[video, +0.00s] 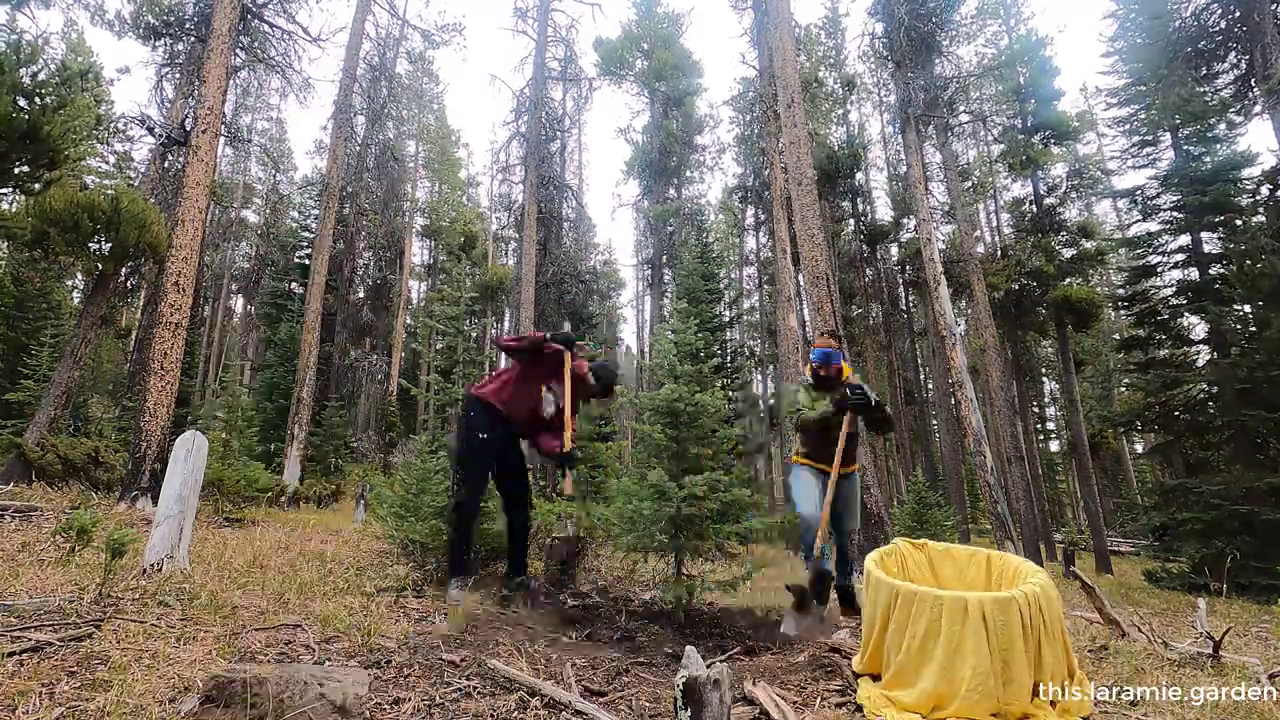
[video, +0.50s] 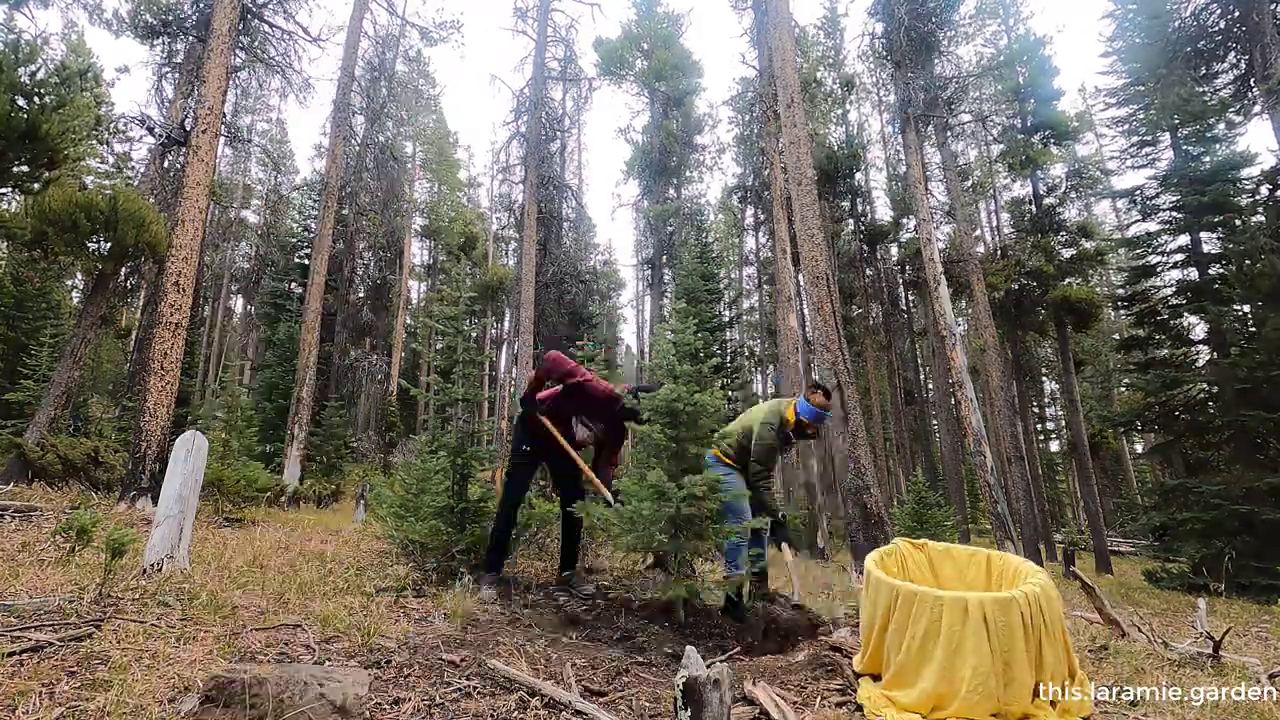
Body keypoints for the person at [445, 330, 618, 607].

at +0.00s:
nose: (588, 396)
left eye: (594, 395)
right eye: (593, 390)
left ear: (593, 393)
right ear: (589, 373)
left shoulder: (569, 406)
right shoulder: (557, 358)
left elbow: (543, 436)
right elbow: (505, 344)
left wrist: (560, 452)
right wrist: (548, 340)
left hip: (508, 431)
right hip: (482, 410)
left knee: (519, 503)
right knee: (468, 498)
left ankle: (516, 577)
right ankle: (458, 577)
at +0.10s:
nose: (554, 392)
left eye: (558, 387)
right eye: (552, 384)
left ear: (563, 380)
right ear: (541, 366)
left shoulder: (553, 391)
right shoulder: (513, 365)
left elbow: (550, 439)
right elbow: (475, 398)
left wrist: (551, 486)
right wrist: (500, 393)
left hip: (515, 434)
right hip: (480, 428)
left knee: (522, 506)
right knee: (469, 503)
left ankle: (522, 577)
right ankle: (452, 576)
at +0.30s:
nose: (566, 336)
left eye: (570, 332)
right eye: (563, 330)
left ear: (573, 328)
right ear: (549, 321)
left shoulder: (566, 348)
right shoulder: (517, 337)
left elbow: (569, 390)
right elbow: (491, 375)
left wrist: (558, 423)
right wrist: (524, 365)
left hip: (538, 427)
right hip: (504, 424)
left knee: (547, 495)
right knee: (496, 494)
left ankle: (554, 563)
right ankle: (488, 568)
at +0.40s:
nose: (613, 408)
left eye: (618, 403)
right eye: (613, 400)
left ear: (615, 401)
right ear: (601, 387)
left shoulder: (593, 414)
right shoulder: (572, 374)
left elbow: (569, 448)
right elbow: (529, 342)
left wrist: (567, 482)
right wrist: (501, 370)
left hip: (541, 440)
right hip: (511, 423)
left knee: (556, 501)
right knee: (498, 497)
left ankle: (566, 572)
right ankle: (485, 573)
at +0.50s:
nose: (630, 421)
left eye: (636, 419)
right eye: (633, 414)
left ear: (636, 418)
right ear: (627, 400)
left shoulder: (616, 431)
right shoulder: (596, 389)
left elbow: (605, 463)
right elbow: (551, 360)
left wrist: (607, 489)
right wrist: (531, 393)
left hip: (564, 444)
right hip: (532, 427)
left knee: (573, 505)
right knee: (511, 500)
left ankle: (568, 573)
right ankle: (491, 573)